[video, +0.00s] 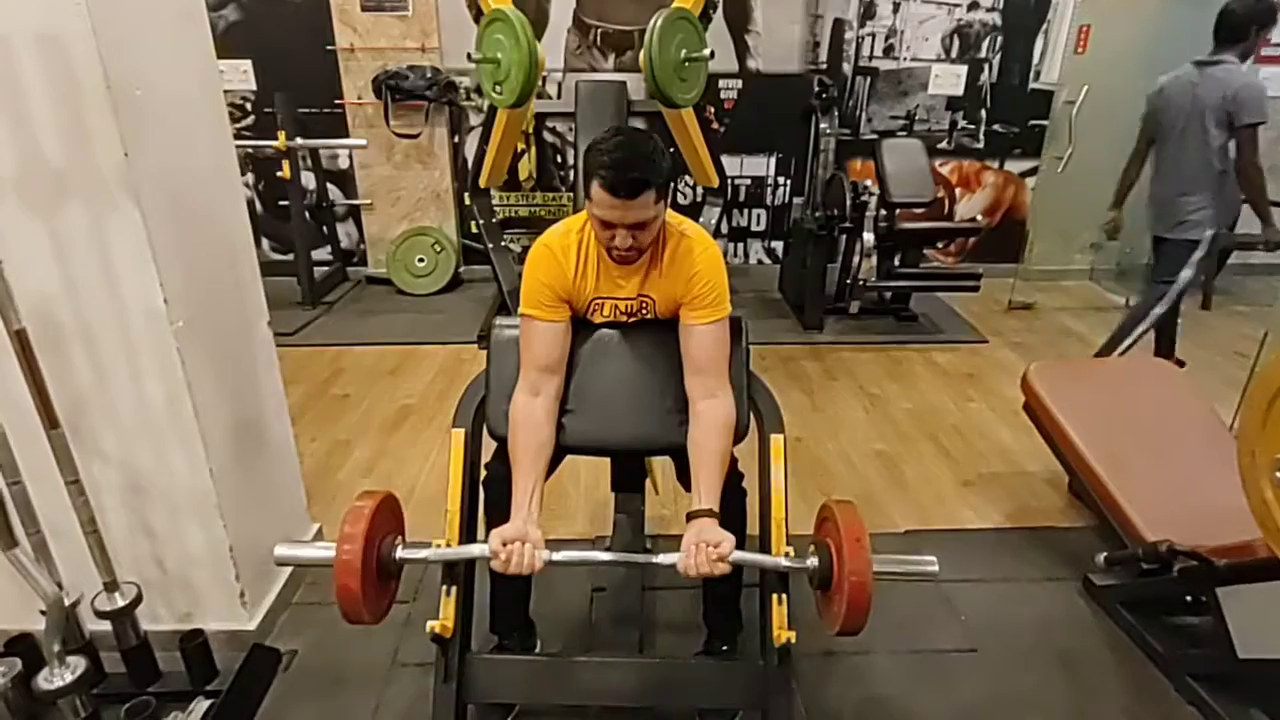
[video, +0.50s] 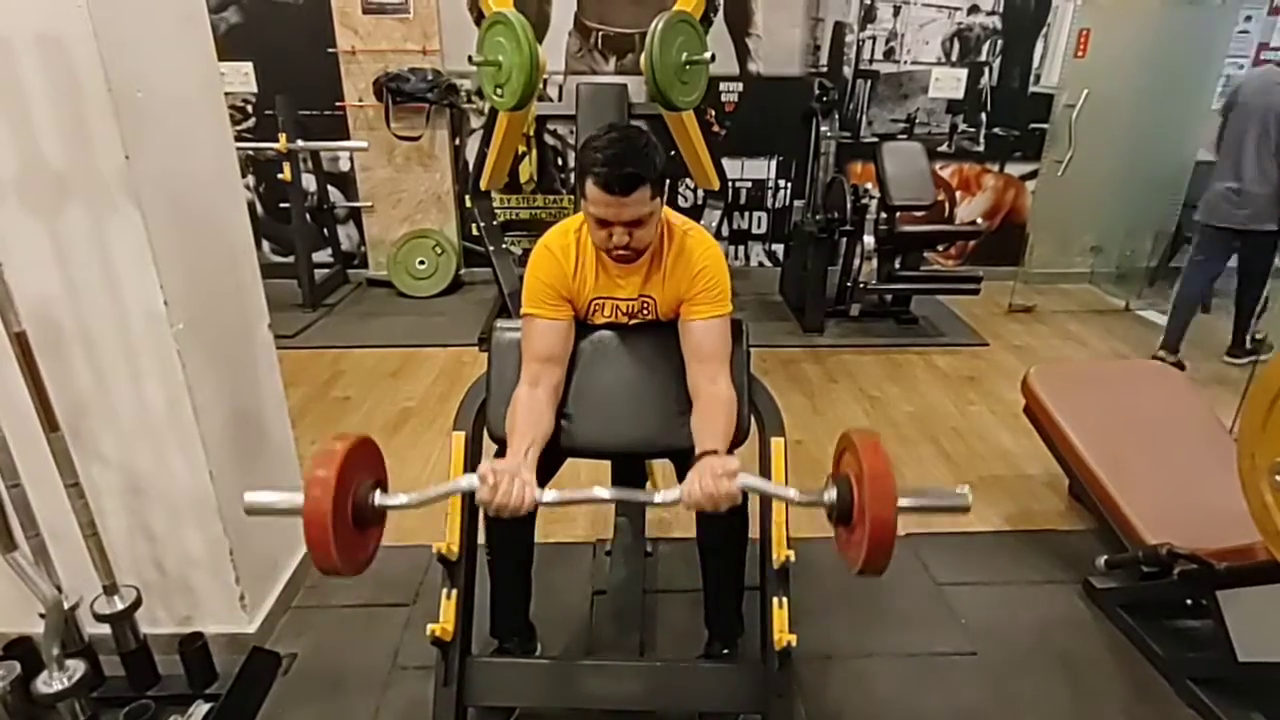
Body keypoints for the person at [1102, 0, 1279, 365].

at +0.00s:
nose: (1264, 44)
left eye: (1266, 37)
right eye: (1265, 37)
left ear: (1217, 34)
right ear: (1254, 38)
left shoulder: (1169, 85)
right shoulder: (1243, 88)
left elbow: (1140, 152)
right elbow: (1247, 165)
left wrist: (1116, 209)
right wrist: (1268, 222)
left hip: (1162, 212)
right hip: (1204, 216)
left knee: (1167, 295)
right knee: (1156, 301)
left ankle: (1164, 362)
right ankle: (1101, 362)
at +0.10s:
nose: (1278, 38)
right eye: (1277, 31)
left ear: (1238, 31)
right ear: (1273, 34)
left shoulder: (1193, 79)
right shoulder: (1267, 77)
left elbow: (1169, 146)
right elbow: (1261, 153)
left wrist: (1151, 201)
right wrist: (1272, 214)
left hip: (1180, 204)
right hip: (1224, 209)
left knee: (1172, 285)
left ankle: (1165, 358)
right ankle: (1154, 342)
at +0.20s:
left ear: (1242, 32)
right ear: (1276, 36)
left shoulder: (1199, 77)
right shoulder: (1271, 76)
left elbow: (1175, 148)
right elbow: (1263, 153)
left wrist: (1162, 200)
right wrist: (1272, 209)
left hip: (1184, 202)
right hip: (1230, 207)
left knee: (1173, 282)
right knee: (1223, 282)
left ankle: (1164, 349)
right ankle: (1168, 341)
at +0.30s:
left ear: (1260, 32)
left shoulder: (1219, 76)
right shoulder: (1275, 82)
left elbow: (1198, 141)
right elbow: (1271, 155)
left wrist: (1204, 180)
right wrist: (1273, 211)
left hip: (1201, 197)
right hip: (1250, 204)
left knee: (1182, 275)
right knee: (1247, 277)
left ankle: (1163, 351)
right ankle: (1216, 349)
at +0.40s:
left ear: (1264, 35)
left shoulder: (1223, 77)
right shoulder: (1276, 83)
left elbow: (1203, 137)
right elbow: (1273, 155)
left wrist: (1206, 179)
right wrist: (1274, 211)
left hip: (1203, 196)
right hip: (1252, 204)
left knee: (1184, 274)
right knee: (1248, 280)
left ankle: (1164, 350)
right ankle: (1227, 352)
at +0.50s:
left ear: (1273, 52)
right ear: (1279, 56)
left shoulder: (1246, 81)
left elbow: (1221, 140)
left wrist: (1235, 171)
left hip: (1223, 198)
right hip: (1267, 205)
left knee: (1200, 270)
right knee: (1253, 278)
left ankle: (1168, 347)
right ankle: (1239, 344)